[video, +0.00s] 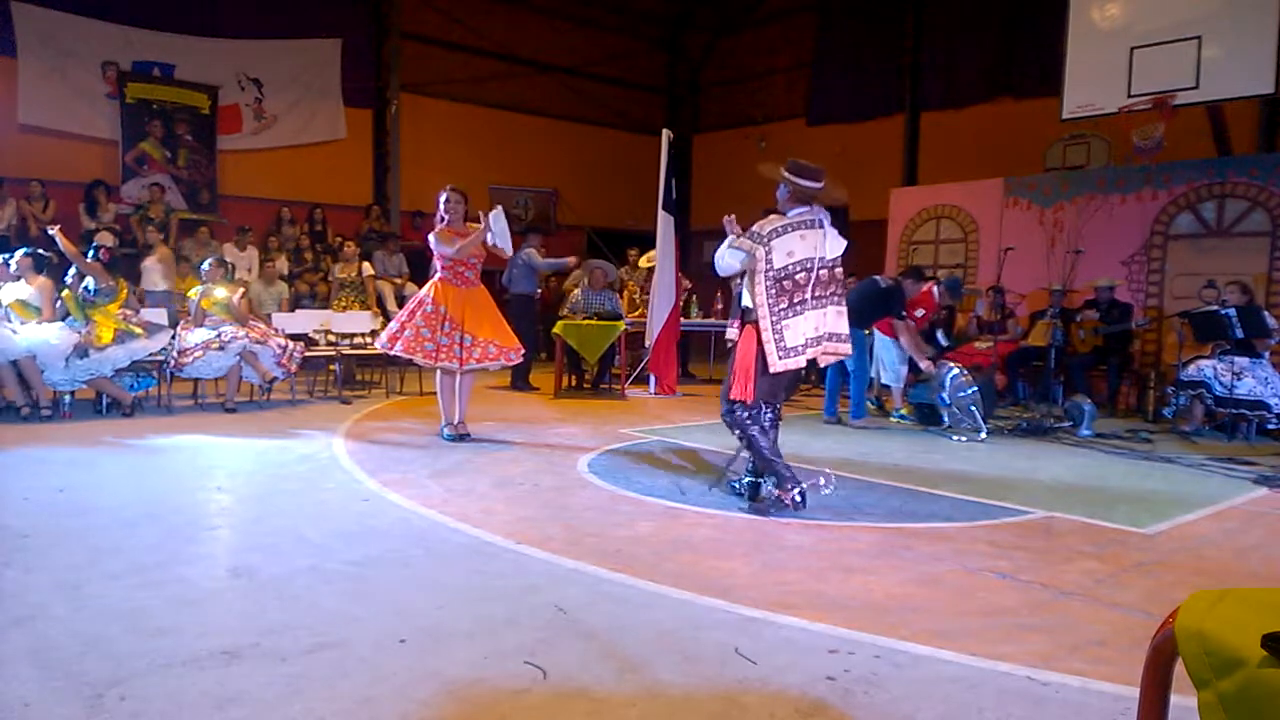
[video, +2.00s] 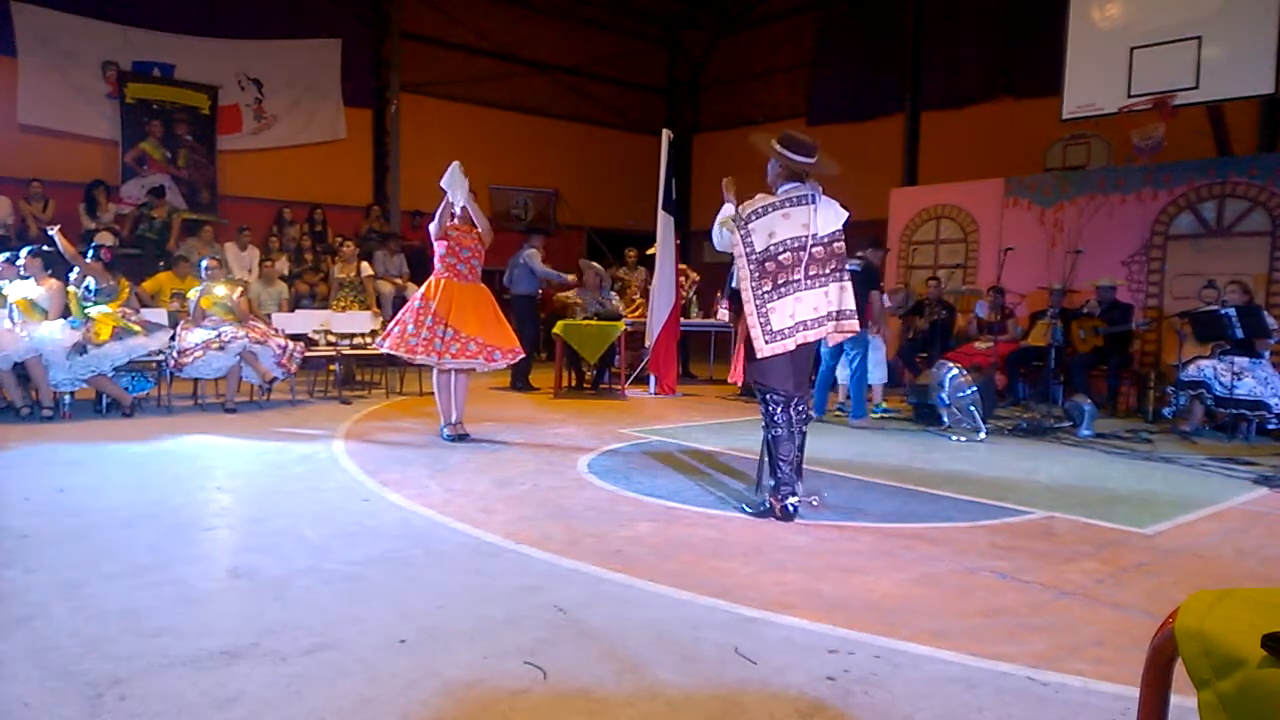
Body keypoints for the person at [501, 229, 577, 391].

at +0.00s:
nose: (541, 242)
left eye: (540, 238)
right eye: (539, 238)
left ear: (526, 239)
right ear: (533, 238)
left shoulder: (514, 257)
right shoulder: (529, 252)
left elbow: (505, 280)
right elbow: (540, 265)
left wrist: (521, 289)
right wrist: (566, 262)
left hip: (515, 298)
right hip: (525, 298)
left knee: (521, 338)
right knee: (528, 339)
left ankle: (518, 377)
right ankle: (521, 378)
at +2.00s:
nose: (543, 244)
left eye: (543, 240)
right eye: (541, 240)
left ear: (529, 240)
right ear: (535, 239)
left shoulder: (516, 256)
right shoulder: (531, 253)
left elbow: (507, 280)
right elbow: (540, 271)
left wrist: (525, 287)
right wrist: (565, 278)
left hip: (516, 298)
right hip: (527, 299)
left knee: (523, 337)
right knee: (530, 338)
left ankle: (518, 376)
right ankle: (522, 377)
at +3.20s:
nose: (550, 251)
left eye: (551, 247)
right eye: (549, 246)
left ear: (536, 244)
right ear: (542, 245)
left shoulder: (519, 256)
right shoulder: (536, 258)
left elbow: (507, 276)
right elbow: (530, 278)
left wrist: (520, 286)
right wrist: (548, 295)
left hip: (516, 299)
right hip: (528, 299)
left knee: (521, 338)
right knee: (529, 339)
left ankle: (517, 376)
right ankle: (523, 377)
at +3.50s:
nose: (564, 260)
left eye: (565, 257)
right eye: (564, 256)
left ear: (553, 251)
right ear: (556, 253)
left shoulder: (532, 259)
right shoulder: (546, 260)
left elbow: (517, 274)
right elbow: (533, 275)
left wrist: (530, 289)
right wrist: (547, 297)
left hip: (519, 297)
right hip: (528, 298)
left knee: (529, 340)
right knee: (531, 341)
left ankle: (535, 376)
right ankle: (524, 378)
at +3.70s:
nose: (573, 262)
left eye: (574, 258)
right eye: (572, 258)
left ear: (565, 257)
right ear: (565, 256)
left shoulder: (554, 267)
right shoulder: (552, 261)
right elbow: (536, 273)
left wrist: (549, 296)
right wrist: (549, 294)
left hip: (535, 299)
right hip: (527, 298)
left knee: (538, 339)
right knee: (531, 339)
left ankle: (537, 377)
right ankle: (523, 379)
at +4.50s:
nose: (572, 260)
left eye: (574, 256)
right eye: (571, 255)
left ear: (567, 255)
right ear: (564, 252)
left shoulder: (558, 268)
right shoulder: (549, 259)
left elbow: (551, 285)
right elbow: (532, 272)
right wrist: (543, 294)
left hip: (538, 301)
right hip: (528, 300)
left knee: (541, 340)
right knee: (529, 338)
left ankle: (537, 376)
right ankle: (517, 376)